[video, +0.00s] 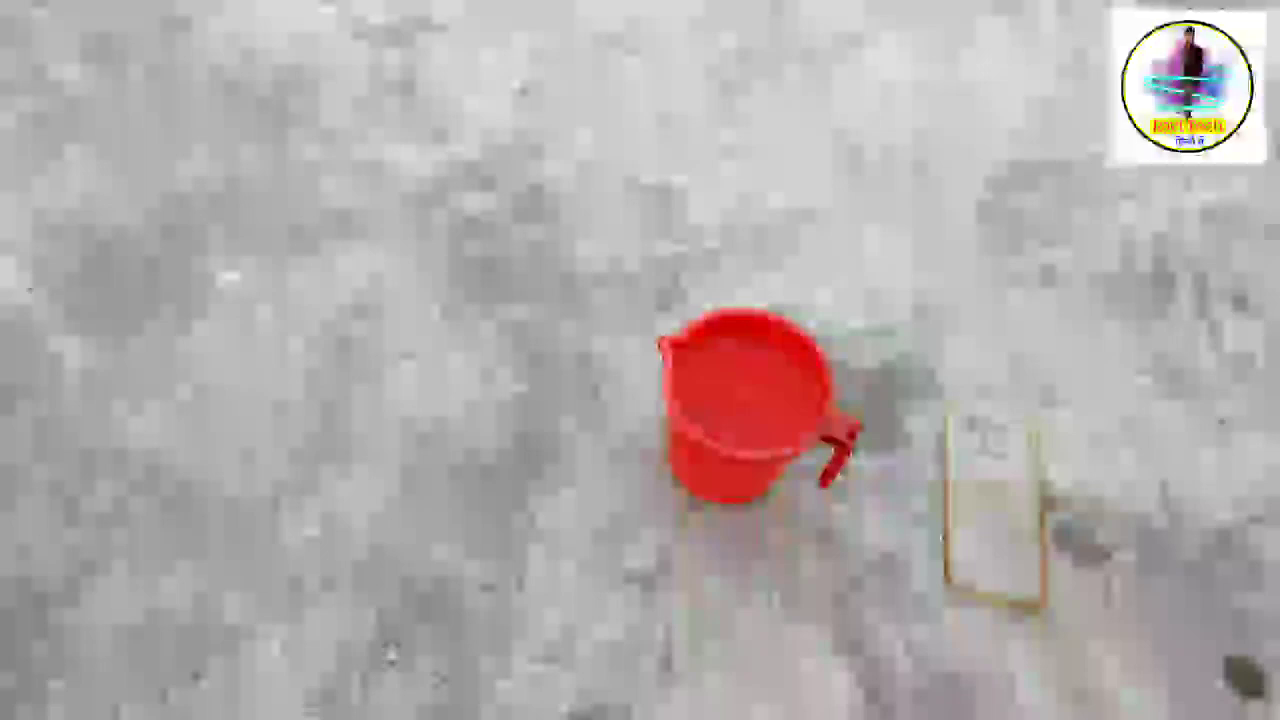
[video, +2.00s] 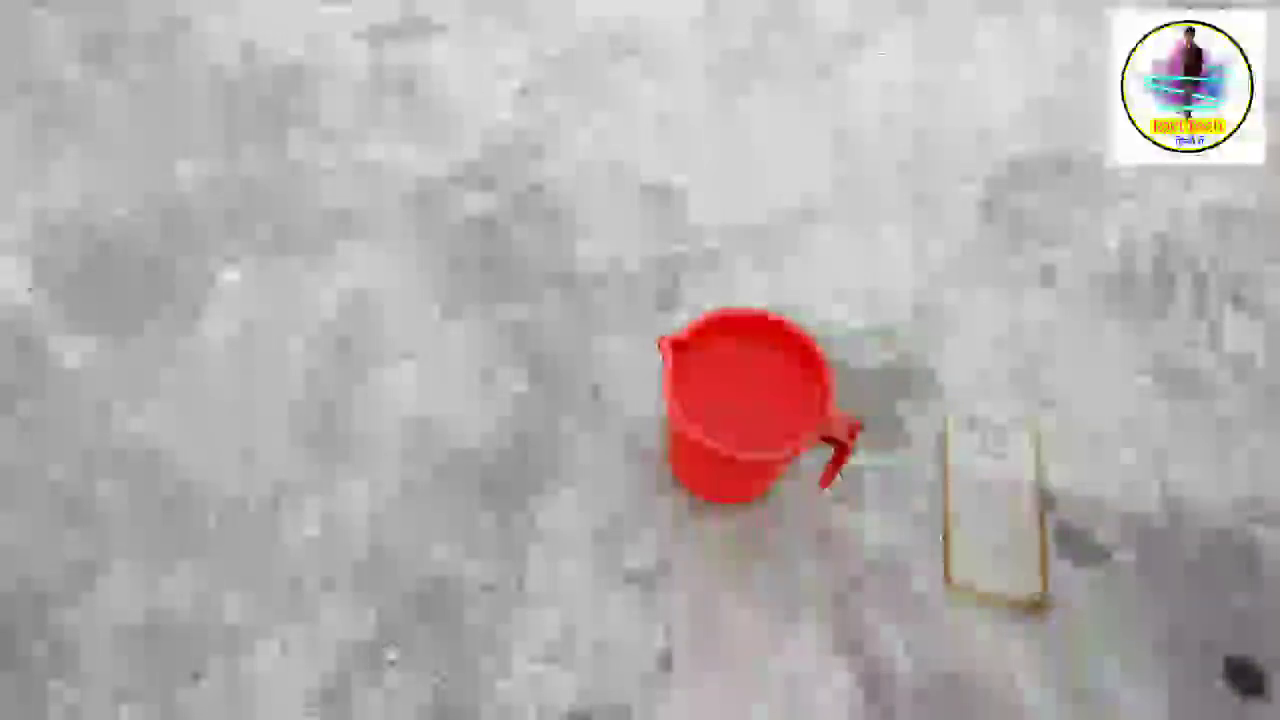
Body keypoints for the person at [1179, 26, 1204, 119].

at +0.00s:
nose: (1188, 38)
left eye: (1190, 35)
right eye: (1186, 35)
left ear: (1193, 36)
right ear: (1184, 36)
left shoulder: (1198, 50)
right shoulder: (1182, 49)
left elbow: (1199, 64)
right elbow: (1178, 62)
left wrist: (1198, 74)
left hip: (1194, 74)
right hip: (1184, 74)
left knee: (1191, 92)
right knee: (1185, 92)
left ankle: (1189, 111)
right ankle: (1186, 111)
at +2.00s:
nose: (1188, 38)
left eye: (1190, 36)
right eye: (1187, 35)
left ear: (1193, 36)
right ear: (1184, 36)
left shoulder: (1197, 50)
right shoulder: (1181, 49)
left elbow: (1199, 64)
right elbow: (1175, 61)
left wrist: (1197, 74)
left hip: (1193, 74)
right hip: (1183, 74)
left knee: (1190, 93)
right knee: (1185, 93)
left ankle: (1188, 112)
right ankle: (1186, 112)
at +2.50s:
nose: (1188, 38)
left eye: (1190, 35)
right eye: (1187, 35)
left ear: (1193, 36)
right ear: (1184, 36)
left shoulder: (1197, 49)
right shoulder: (1181, 49)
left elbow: (1199, 63)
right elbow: (1176, 61)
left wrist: (1198, 73)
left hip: (1193, 74)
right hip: (1183, 73)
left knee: (1191, 92)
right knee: (1185, 92)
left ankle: (1189, 111)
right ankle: (1186, 111)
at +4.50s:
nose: (1187, 37)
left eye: (1189, 35)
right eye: (1185, 35)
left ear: (1193, 36)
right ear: (1183, 36)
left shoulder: (1197, 50)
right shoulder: (1183, 48)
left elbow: (1199, 67)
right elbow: (1182, 62)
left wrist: (1194, 81)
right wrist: (1181, 72)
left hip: (1191, 76)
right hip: (1183, 75)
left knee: (1187, 97)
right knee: (1185, 96)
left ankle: (1188, 116)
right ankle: (1186, 113)